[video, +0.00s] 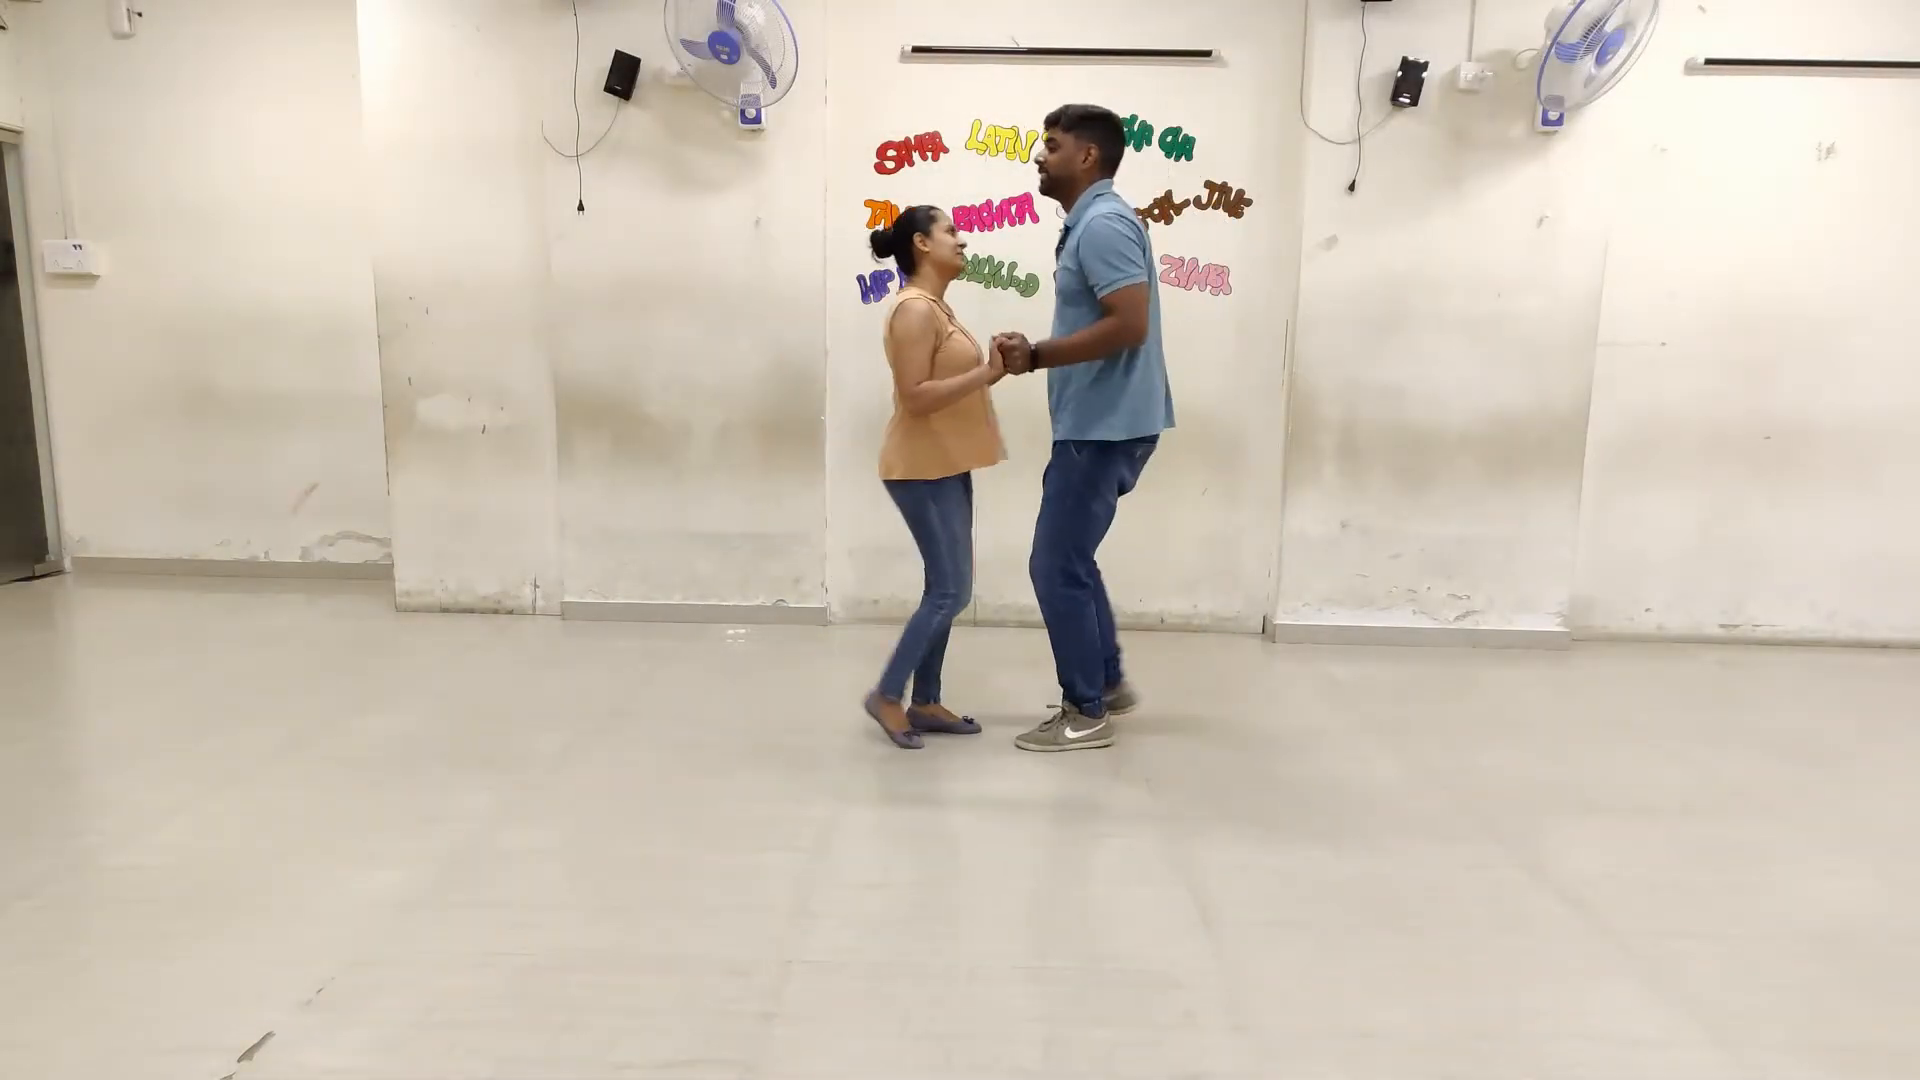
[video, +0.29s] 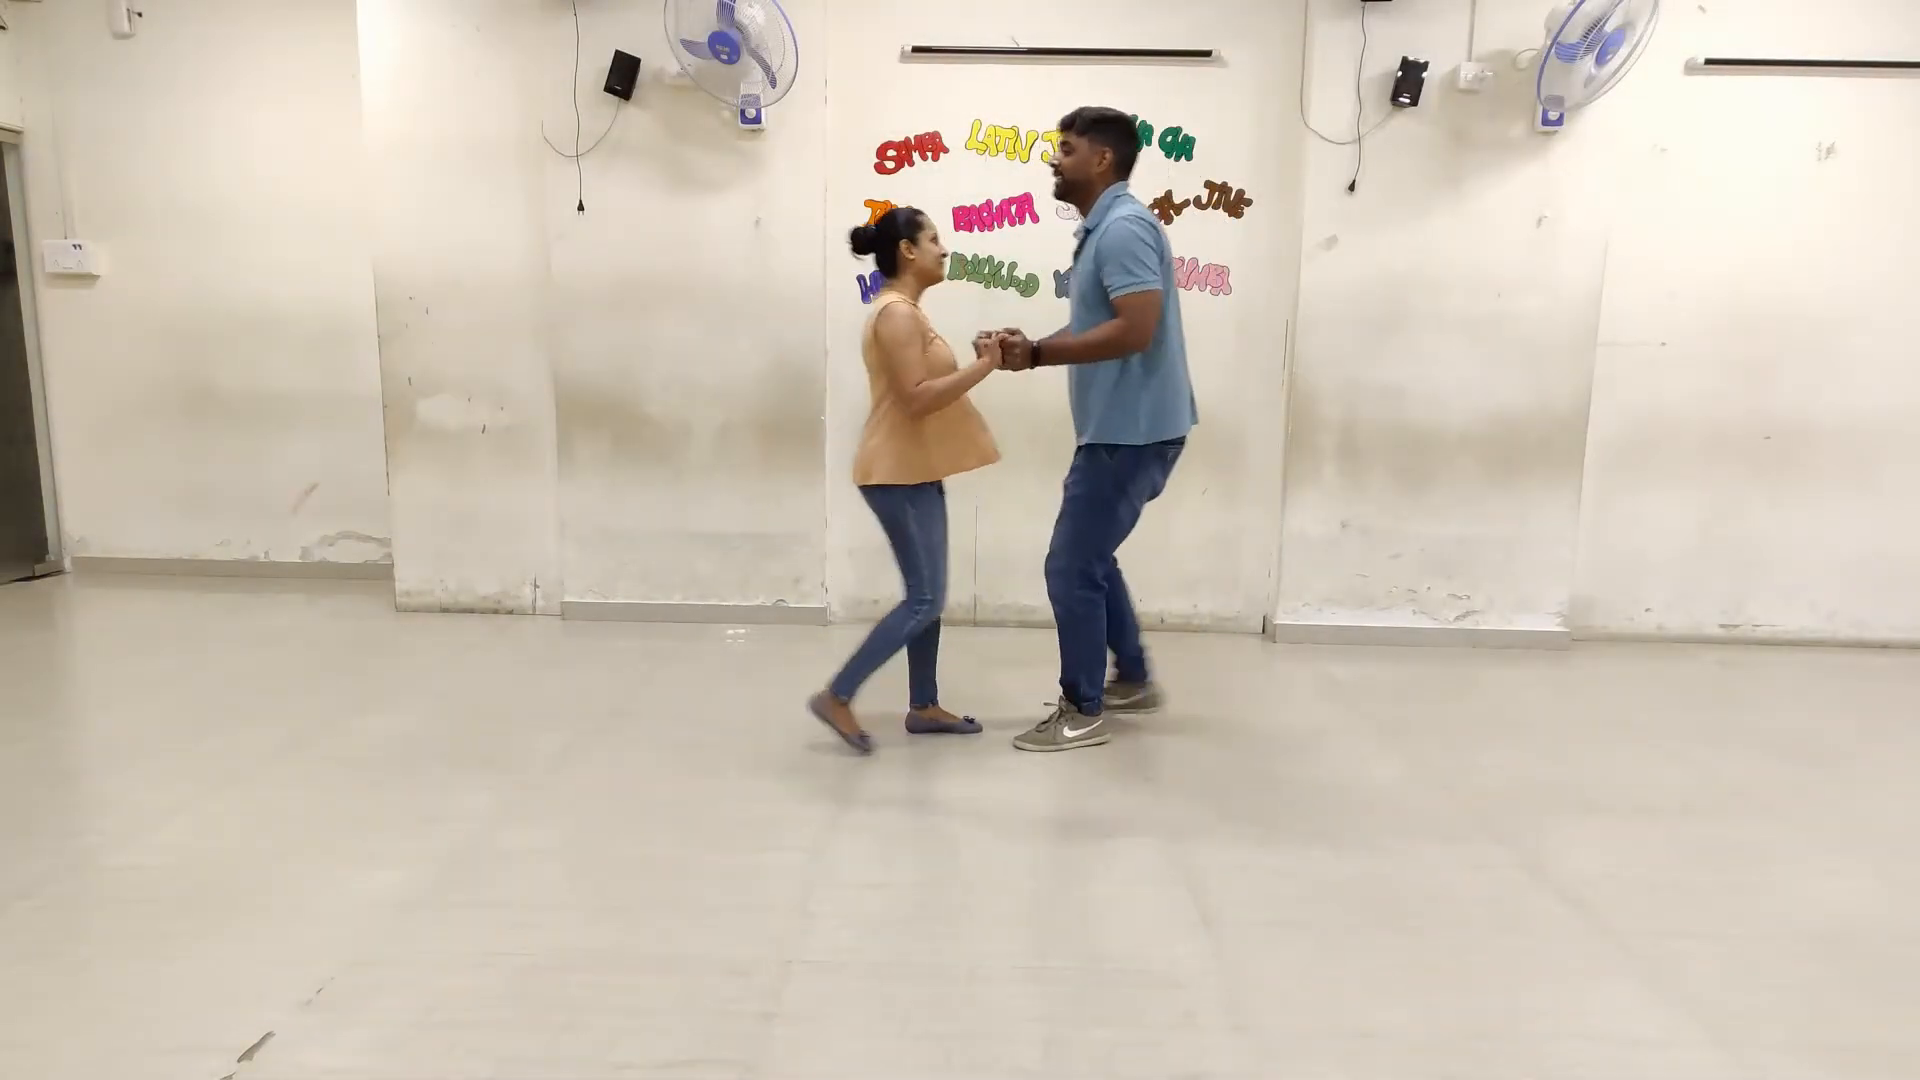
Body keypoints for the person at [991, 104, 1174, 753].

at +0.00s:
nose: (1040, 156)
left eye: (1053, 146)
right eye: (1043, 146)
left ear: (1090, 156)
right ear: (1087, 158)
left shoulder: (1103, 223)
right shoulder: (1098, 219)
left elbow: (1128, 325)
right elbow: (1113, 326)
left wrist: (1036, 353)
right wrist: (1035, 351)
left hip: (1104, 428)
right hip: (1105, 423)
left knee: (1055, 562)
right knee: (1068, 556)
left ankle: (1085, 711)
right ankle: (1107, 683)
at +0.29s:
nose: (1056, 159)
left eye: (1068, 148)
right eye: (1059, 148)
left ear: (1104, 159)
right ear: (1098, 161)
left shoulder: (1124, 227)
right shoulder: (1106, 227)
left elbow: (1136, 328)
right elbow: (1105, 330)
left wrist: (1039, 351)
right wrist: (1034, 348)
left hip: (1133, 431)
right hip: (1123, 428)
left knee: (1071, 564)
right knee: (1088, 553)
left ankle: (1082, 710)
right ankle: (1131, 677)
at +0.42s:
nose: (1100, 175)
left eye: (1114, 167)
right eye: (1104, 165)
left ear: (1153, 180)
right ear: (1131, 178)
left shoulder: (1170, 251)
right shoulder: (1127, 254)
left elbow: (1161, 352)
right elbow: (1083, 341)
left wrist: (1064, 377)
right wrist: (1002, 363)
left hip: (1158, 450)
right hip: (1135, 446)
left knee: (1075, 569)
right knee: (1116, 573)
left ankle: (1082, 713)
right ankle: (1222, 673)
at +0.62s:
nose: (1162, 188)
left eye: (1176, 179)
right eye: (1166, 176)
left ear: (1215, 191)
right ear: (1202, 192)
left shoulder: (1224, 257)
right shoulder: (1205, 254)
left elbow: (1165, 354)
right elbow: (1156, 356)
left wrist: (1064, 349)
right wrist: (1081, 398)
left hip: (1215, 450)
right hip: (1216, 448)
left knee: (1125, 567)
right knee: (1185, 580)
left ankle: (1092, 714)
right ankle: (1257, 707)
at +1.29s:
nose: (1169, 190)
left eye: (1185, 181)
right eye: (1160, 179)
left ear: (1207, 194)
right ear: (1146, 190)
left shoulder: (1225, 249)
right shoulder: (1121, 273)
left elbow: (1184, 327)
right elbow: (1099, 363)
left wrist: (1100, 287)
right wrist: (1080, 426)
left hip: (1190, 463)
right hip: (1131, 462)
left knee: (1112, 602)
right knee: (1120, 601)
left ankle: (1093, 724)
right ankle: (1233, 661)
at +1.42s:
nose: (1153, 170)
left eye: (1166, 161)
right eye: (1140, 160)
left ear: (1180, 173)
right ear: (1116, 171)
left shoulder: (1201, 221)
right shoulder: (1085, 251)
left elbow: (1166, 276)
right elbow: (1065, 350)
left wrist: (1084, 241)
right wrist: (1079, 423)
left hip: (1164, 447)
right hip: (1089, 447)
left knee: (1119, 598)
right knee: (1057, 595)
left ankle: (1095, 718)